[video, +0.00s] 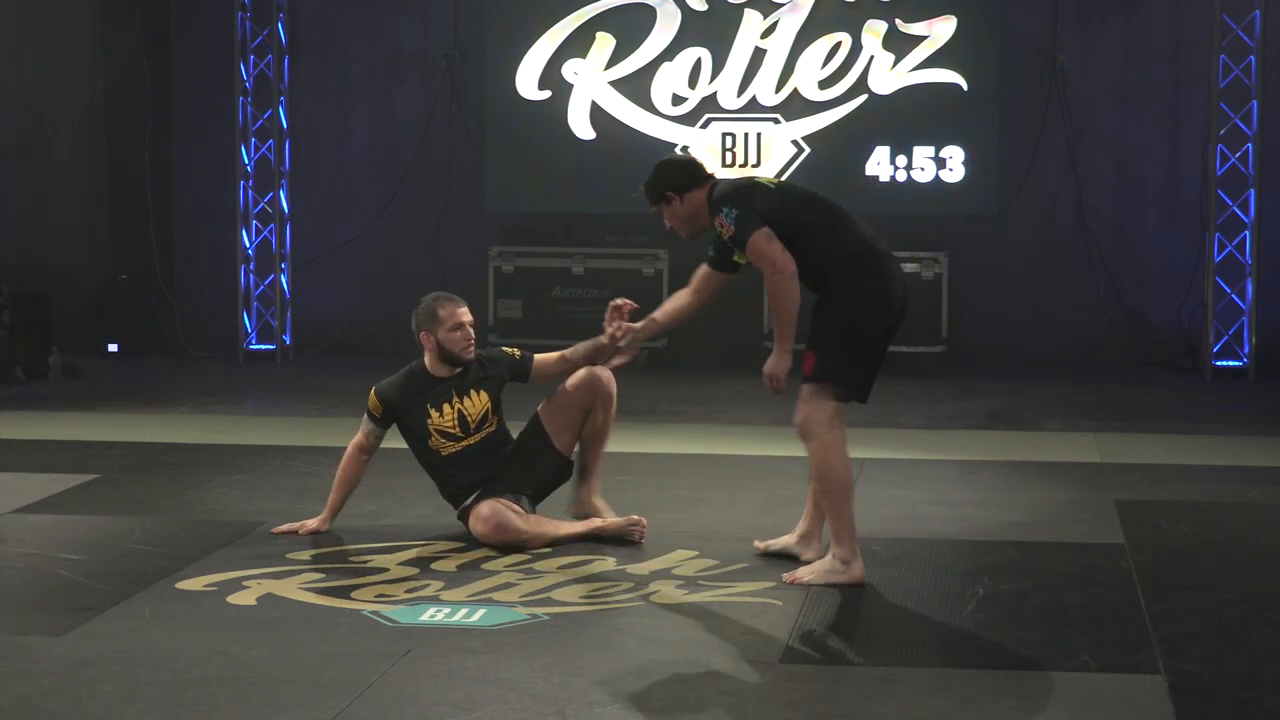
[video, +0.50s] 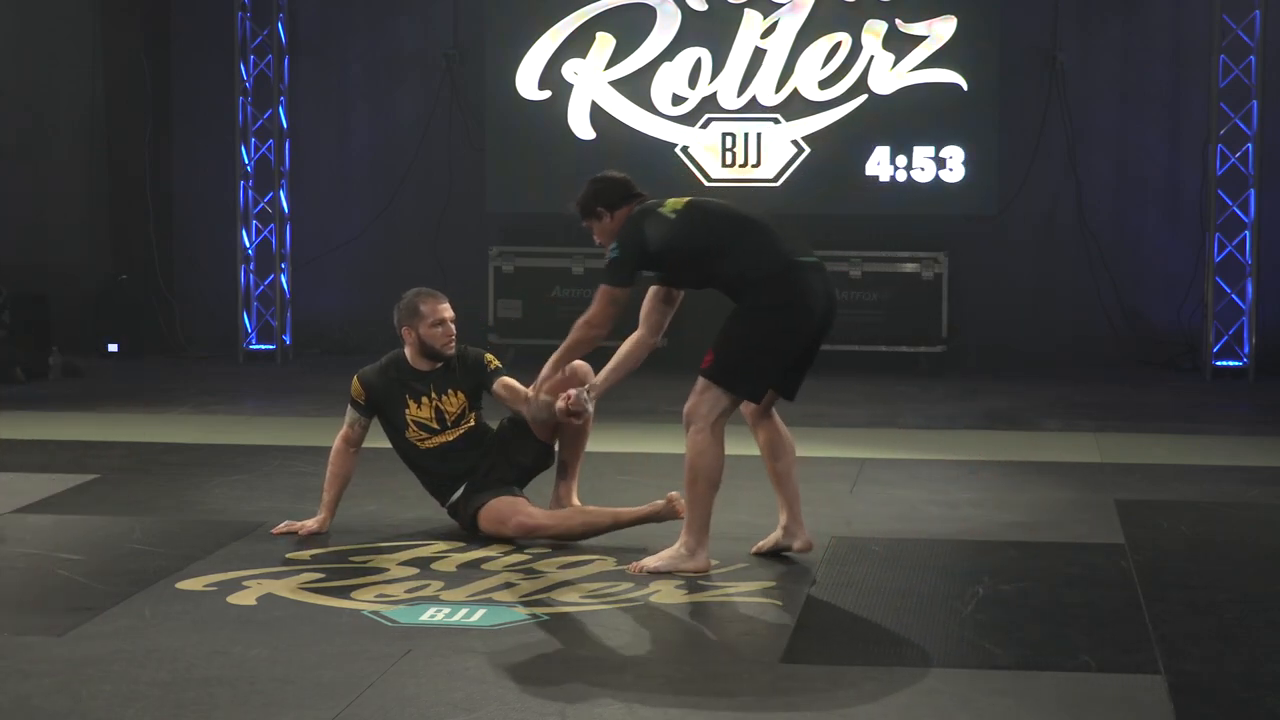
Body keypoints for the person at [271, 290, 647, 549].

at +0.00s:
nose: (471, 335)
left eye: (471, 326)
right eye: (459, 329)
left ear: (472, 328)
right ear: (428, 338)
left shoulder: (490, 362)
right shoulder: (394, 395)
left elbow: (563, 361)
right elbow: (360, 451)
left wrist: (608, 342)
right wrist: (325, 517)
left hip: (520, 465)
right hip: (482, 496)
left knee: (595, 382)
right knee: (491, 526)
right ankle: (591, 529)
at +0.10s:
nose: (467, 333)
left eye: (468, 323)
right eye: (454, 327)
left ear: (469, 325)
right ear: (424, 335)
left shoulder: (487, 362)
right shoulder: (390, 391)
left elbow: (563, 368)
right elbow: (359, 449)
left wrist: (571, 339)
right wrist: (325, 517)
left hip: (515, 463)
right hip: (478, 496)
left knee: (592, 383)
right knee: (493, 527)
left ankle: (574, 499)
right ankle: (592, 529)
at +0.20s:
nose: (462, 331)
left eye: (463, 321)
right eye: (450, 324)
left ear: (463, 324)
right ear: (419, 332)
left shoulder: (479, 361)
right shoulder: (383, 387)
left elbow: (551, 362)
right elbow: (354, 448)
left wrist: (563, 346)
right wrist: (324, 518)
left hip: (508, 462)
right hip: (473, 496)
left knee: (588, 380)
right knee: (492, 529)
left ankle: (566, 499)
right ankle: (592, 529)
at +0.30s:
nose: (454, 329)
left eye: (455, 320)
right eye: (442, 323)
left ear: (458, 322)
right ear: (412, 332)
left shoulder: (473, 358)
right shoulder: (378, 384)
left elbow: (538, 361)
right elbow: (352, 447)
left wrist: (563, 367)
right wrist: (325, 517)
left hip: (506, 458)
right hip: (470, 492)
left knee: (586, 381)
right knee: (496, 529)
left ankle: (566, 500)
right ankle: (594, 530)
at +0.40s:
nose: (452, 329)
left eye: (452, 320)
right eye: (441, 324)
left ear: (451, 321)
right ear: (410, 330)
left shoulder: (470, 358)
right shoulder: (375, 383)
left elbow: (535, 394)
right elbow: (349, 446)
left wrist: (564, 382)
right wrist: (324, 517)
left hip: (503, 455)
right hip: (467, 491)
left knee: (585, 383)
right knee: (501, 524)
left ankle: (566, 496)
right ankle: (620, 523)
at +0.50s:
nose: (453, 330)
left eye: (453, 321)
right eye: (442, 324)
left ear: (450, 322)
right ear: (410, 331)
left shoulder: (467, 358)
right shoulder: (374, 383)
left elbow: (525, 403)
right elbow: (348, 444)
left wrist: (561, 405)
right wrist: (323, 517)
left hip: (504, 449)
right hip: (468, 491)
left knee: (573, 374)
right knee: (525, 524)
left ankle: (568, 501)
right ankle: (658, 511)